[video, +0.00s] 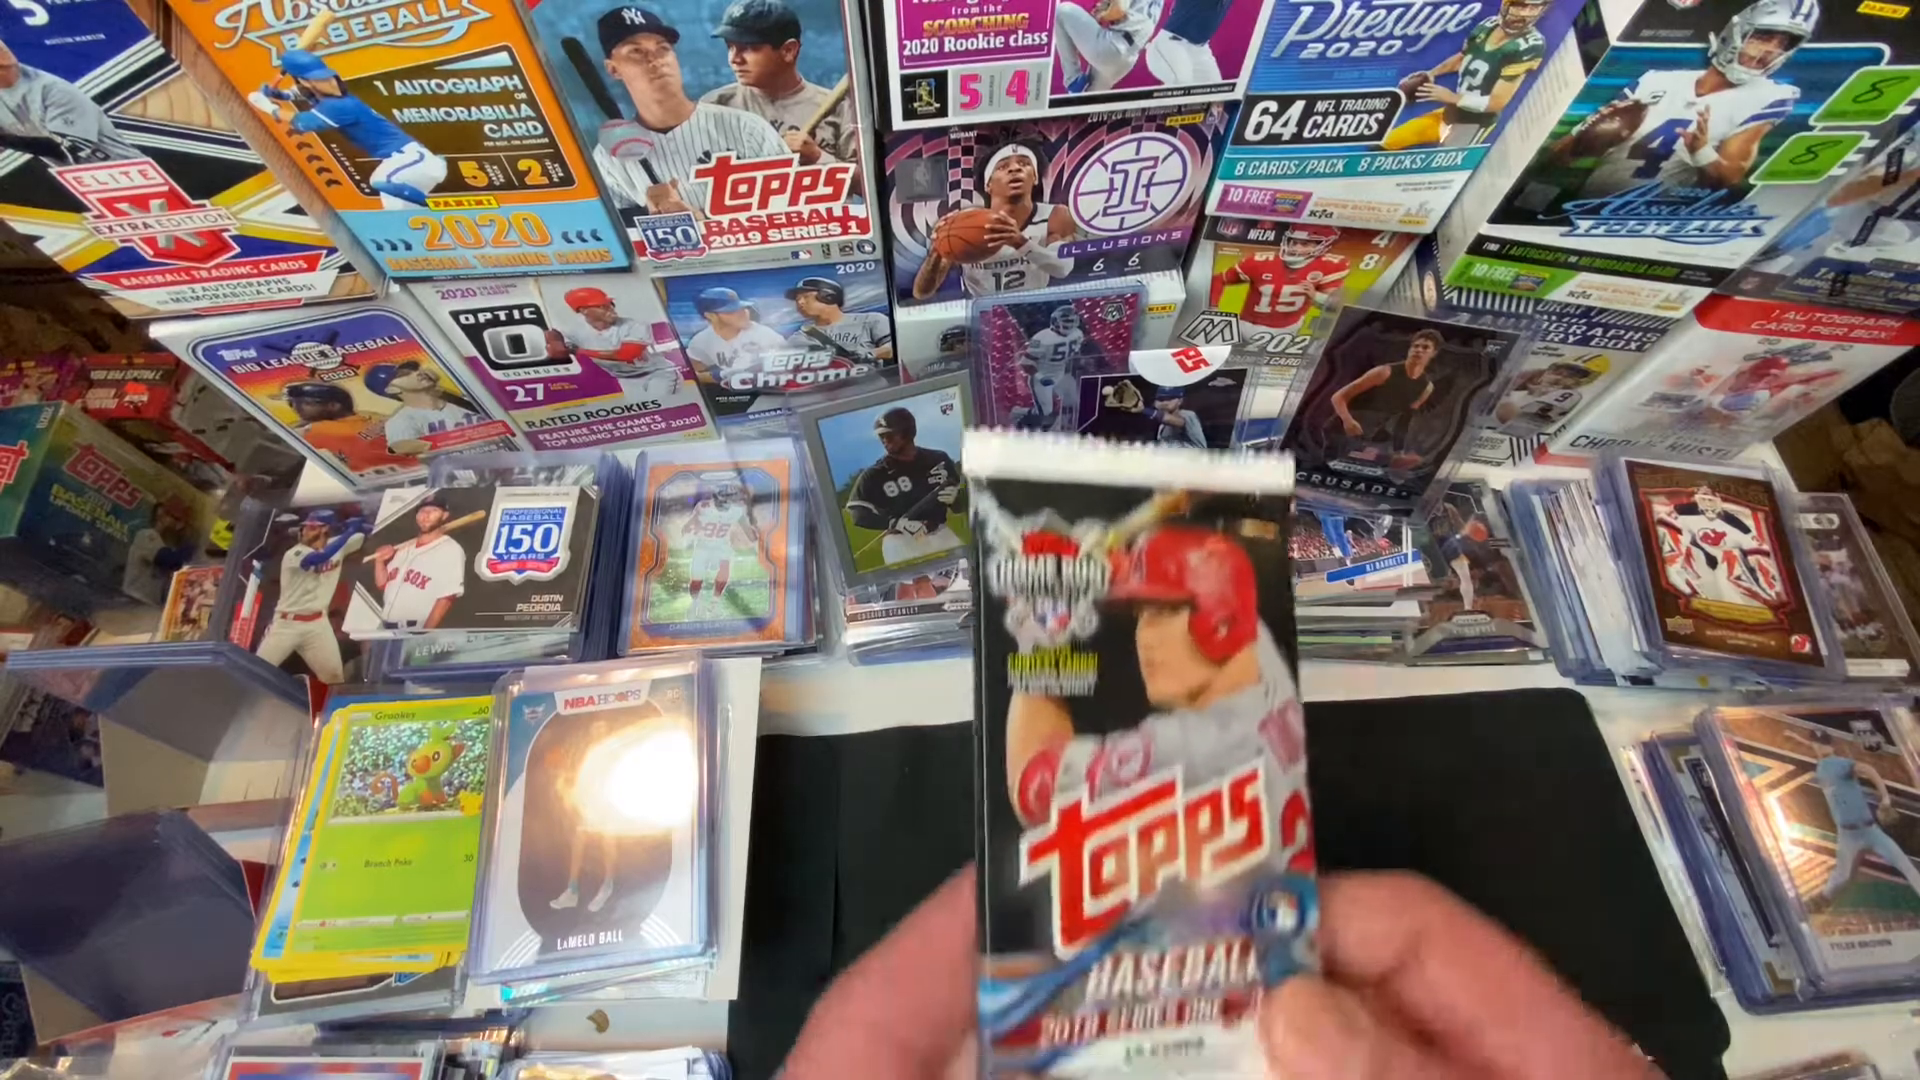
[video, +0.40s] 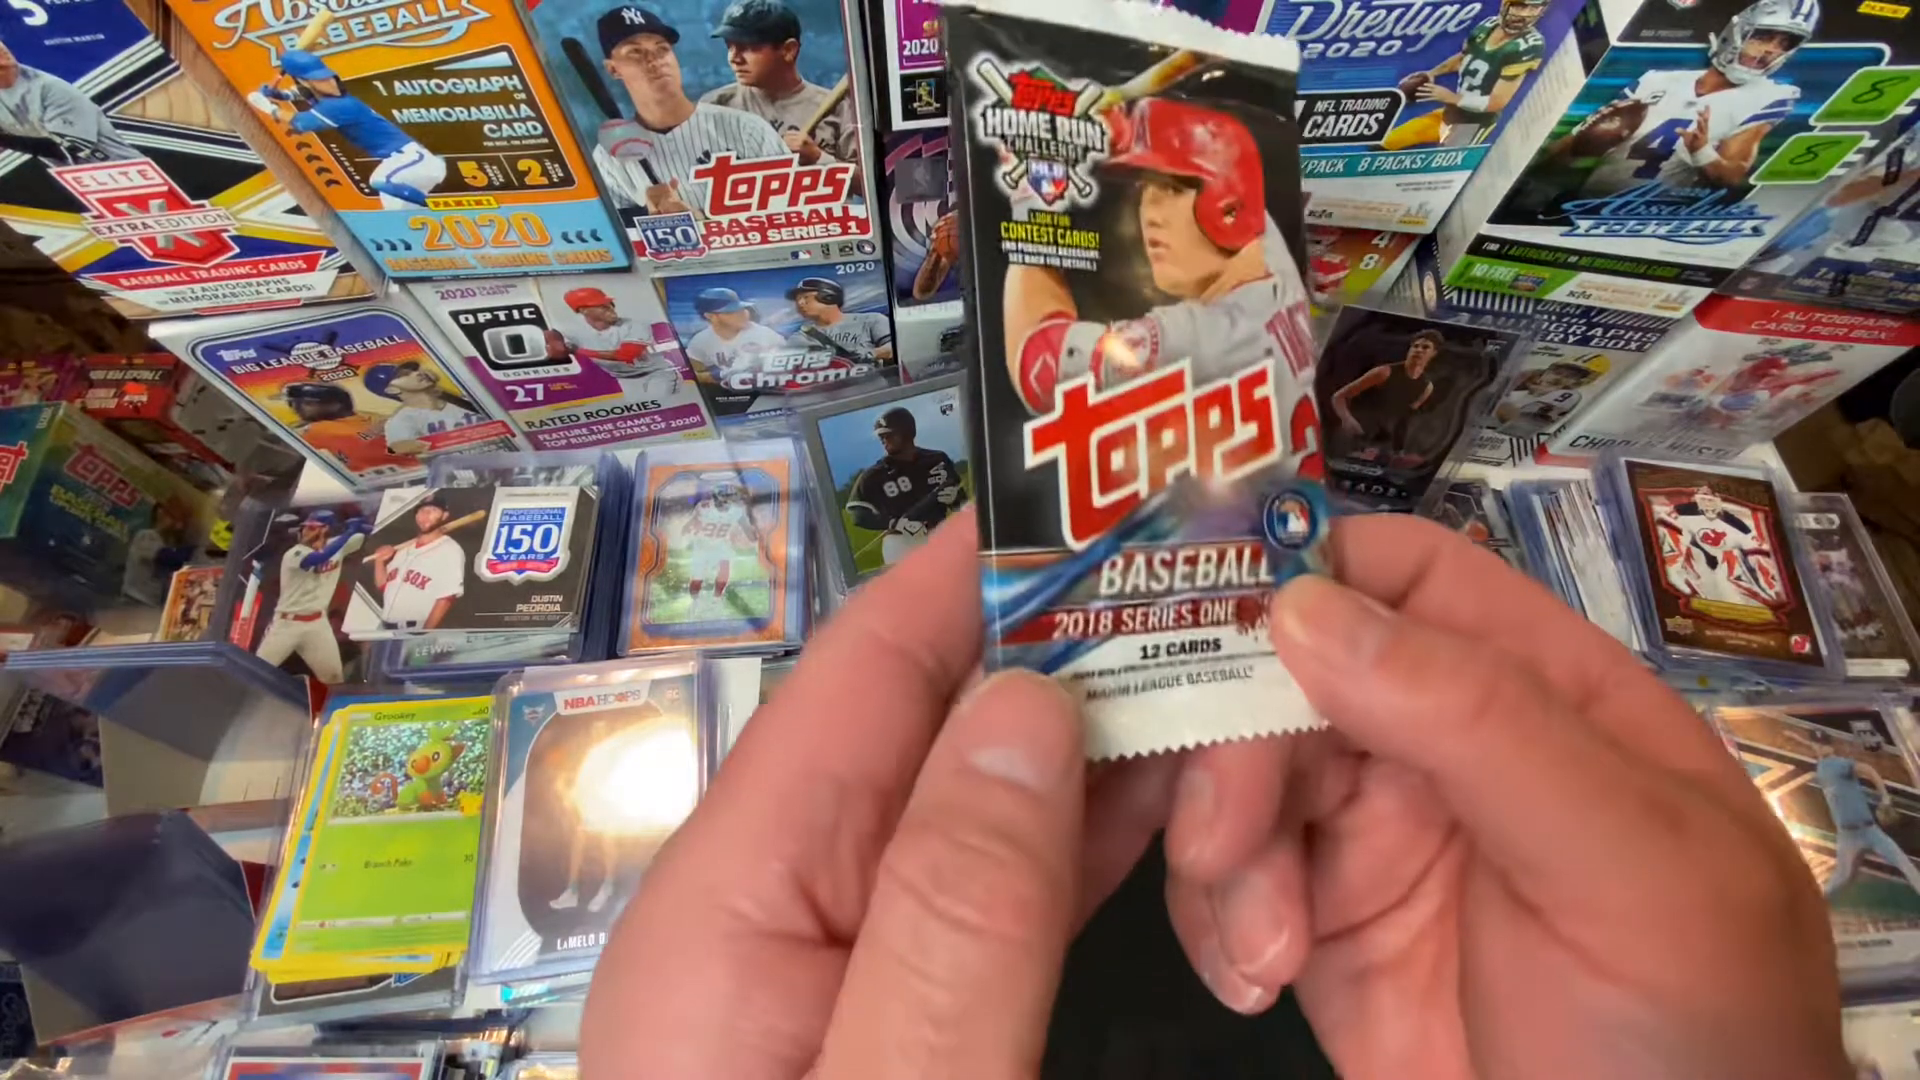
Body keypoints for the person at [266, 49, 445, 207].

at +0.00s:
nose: (331, 78)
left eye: (328, 75)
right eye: (324, 77)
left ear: (309, 83)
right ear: (307, 83)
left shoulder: (340, 106)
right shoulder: (332, 102)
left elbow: (300, 122)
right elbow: (300, 93)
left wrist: (269, 107)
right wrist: (275, 93)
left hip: (413, 158)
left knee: (380, 179)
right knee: (397, 218)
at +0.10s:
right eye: (323, 78)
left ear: (307, 83)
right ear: (308, 84)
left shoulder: (342, 106)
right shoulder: (331, 103)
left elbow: (299, 122)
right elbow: (299, 94)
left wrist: (268, 108)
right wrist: (275, 94)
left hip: (414, 159)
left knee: (380, 179)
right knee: (398, 221)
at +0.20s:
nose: (301, 87)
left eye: (302, 82)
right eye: (319, 77)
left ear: (308, 83)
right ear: (309, 82)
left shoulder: (342, 106)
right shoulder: (333, 101)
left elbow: (299, 122)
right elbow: (304, 92)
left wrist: (271, 109)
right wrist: (278, 94)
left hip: (414, 159)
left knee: (380, 178)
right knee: (398, 221)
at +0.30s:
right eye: (322, 79)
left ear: (311, 84)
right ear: (309, 84)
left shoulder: (343, 107)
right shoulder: (331, 102)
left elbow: (298, 123)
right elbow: (302, 92)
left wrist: (271, 109)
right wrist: (277, 94)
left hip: (415, 159)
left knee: (381, 180)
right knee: (397, 221)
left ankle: (434, 214)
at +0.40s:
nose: (330, 80)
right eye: (321, 78)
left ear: (310, 83)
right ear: (309, 83)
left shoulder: (342, 106)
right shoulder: (331, 101)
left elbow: (298, 123)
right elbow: (302, 92)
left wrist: (271, 109)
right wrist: (278, 94)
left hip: (415, 158)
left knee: (380, 179)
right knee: (398, 221)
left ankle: (433, 214)